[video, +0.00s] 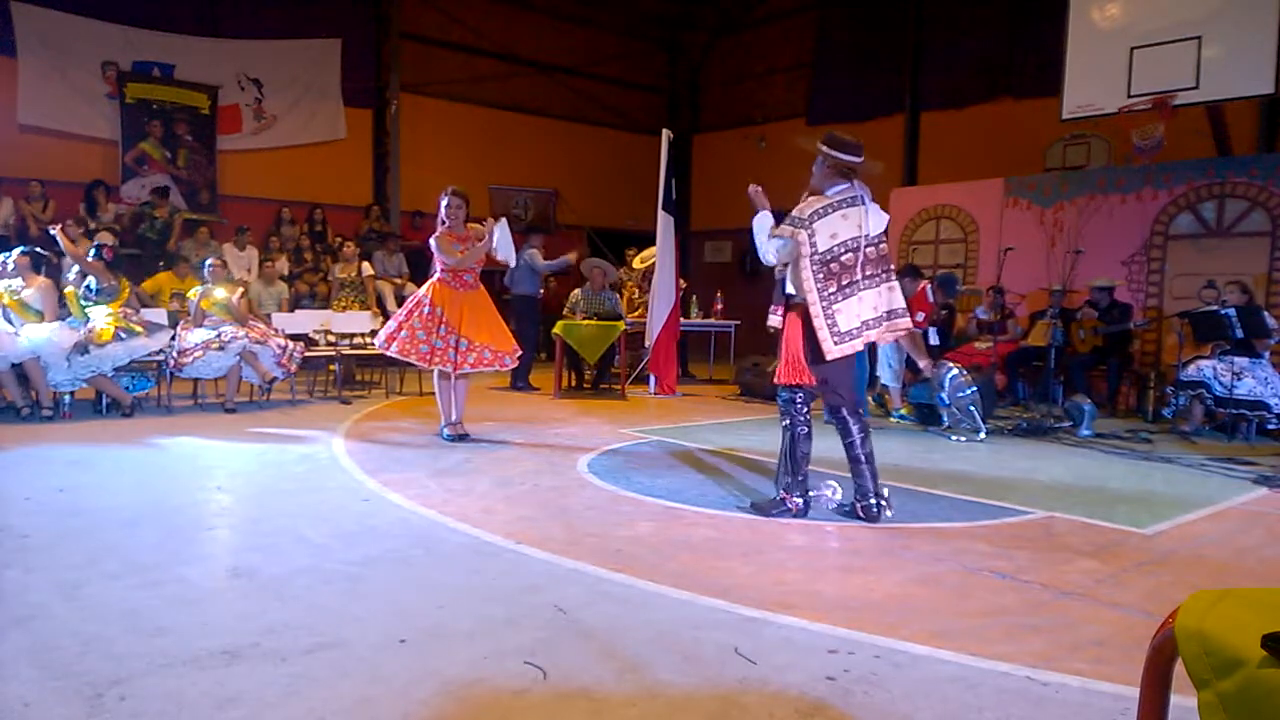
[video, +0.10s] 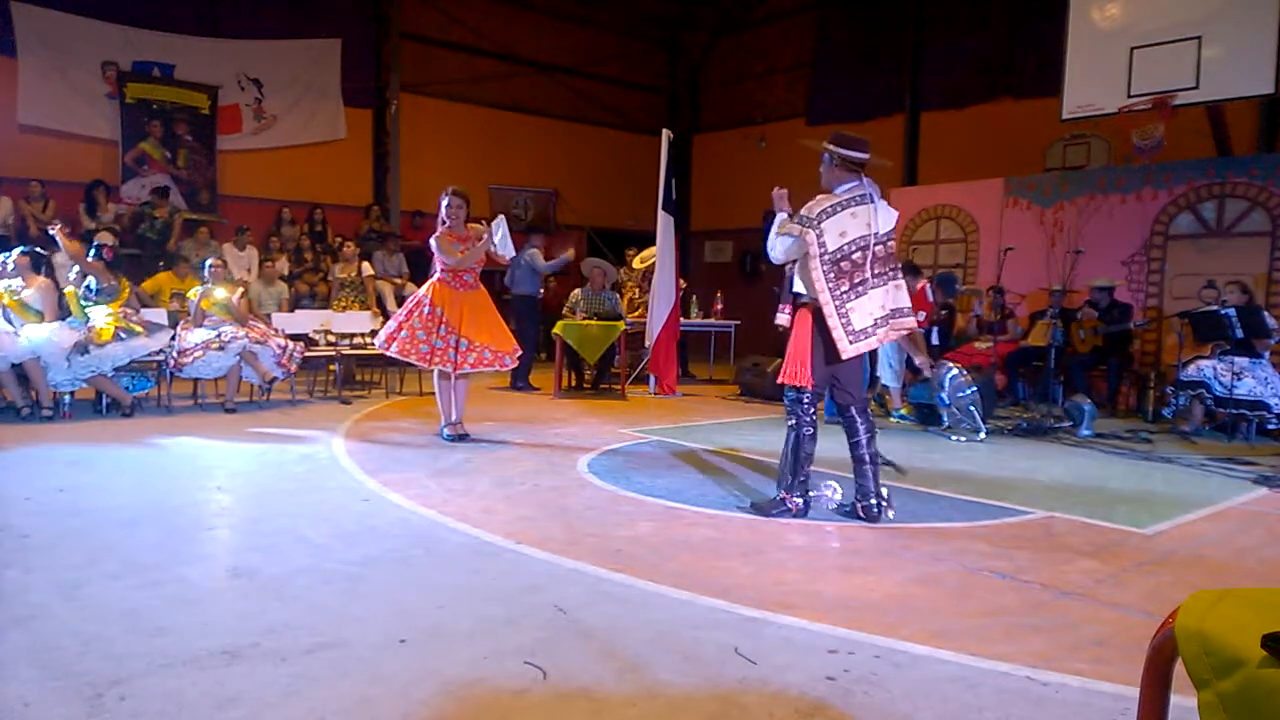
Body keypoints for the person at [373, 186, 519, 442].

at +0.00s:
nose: (452, 212)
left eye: (457, 207)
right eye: (447, 207)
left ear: (466, 211)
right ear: (441, 211)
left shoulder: (476, 231)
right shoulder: (438, 240)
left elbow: (497, 256)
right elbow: (457, 262)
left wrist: (496, 233)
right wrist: (486, 243)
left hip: (469, 303)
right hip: (444, 303)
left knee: (463, 365)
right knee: (443, 365)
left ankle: (458, 421)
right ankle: (446, 421)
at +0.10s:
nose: (452, 211)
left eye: (458, 207)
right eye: (448, 207)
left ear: (467, 211)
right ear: (441, 211)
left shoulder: (478, 232)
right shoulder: (439, 240)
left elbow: (502, 259)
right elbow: (457, 263)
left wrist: (499, 240)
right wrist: (484, 244)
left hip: (469, 303)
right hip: (444, 303)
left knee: (463, 365)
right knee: (443, 365)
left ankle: (458, 421)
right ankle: (446, 422)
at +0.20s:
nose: (454, 210)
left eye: (459, 206)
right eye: (450, 206)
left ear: (467, 210)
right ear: (442, 209)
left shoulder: (478, 232)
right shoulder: (439, 238)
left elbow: (501, 259)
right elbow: (455, 261)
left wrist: (499, 236)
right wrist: (485, 243)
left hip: (469, 302)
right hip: (444, 302)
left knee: (463, 365)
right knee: (443, 365)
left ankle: (458, 421)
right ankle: (446, 421)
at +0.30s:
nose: (455, 209)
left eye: (461, 204)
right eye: (451, 204)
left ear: (469, 208)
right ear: (444, 207)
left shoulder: (478, 234)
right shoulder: (439, 237)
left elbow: (502, 257)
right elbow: (455, 259)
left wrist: (494, 231)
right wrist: (484, 239)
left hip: (469, 302)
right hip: (444, 301)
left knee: (463, 364)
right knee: (443, 364)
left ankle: (458, 421)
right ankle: (446, 421)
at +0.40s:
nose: (457, 207)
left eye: (462, 202)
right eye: (453, 202)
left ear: (470, 207)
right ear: (445, 206)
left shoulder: (477, 233)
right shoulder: (439, 235)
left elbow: (502, 257)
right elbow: (458, 256)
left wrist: (493, 228)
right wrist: (482, 233)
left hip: (469, 302)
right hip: (443, 301)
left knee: (462, 364)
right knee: (443, 365)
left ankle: (458, 421)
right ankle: (446, 421)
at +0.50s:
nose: (458, 206)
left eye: (463, 202)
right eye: (454, 201)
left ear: (471, 207)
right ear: (446, 205)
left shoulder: (477, 235)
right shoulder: (439, 233)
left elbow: (501, 256)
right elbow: (459, 253)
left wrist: (490, 223)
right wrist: (479, 227)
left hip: (468, 302)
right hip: (443, 301)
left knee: (462, 364)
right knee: (443, 365)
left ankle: (458, 421)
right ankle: (446, 421)